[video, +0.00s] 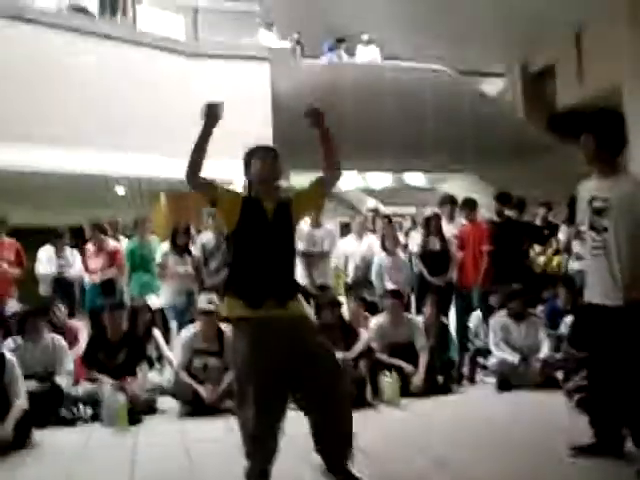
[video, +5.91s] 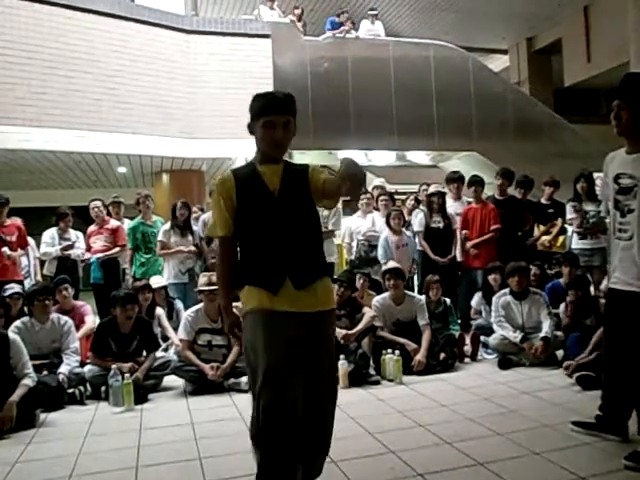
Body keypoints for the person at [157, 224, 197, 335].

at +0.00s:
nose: (182, 239)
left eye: (185, 234)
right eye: (179, 234)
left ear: (189, 237)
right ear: (174, 236)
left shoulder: (192, 257)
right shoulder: (167, 255)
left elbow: (198, 277)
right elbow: (160, 273)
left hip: (188, 295)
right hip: (170, 296)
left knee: (187, 331)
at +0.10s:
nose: (182, 236)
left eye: (184, 233)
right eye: (179, 233)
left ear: (188, 235)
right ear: (174, 234)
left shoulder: (191, 254)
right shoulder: (166, 252)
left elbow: (196, 273)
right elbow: (159, 270)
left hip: (187, 291)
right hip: (170, 292)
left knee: (188, 327)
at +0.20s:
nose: (181, 223)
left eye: (183, 219)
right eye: (178, 219)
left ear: (187, 221)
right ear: (173, 220)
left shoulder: (189, 239)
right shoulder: (165, 238)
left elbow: (195, 257)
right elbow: (159, 255)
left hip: (187, 277)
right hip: (170, 277)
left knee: (187, 309)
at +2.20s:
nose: (179, 218)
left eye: (181, 215)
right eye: (176, 214)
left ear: (185, 215)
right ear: (171, 214)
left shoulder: (188, 228)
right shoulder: (161, 227)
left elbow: (195, 247)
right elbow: (155, 249)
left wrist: (189, 247)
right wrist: (174, 247)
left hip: (186, 269)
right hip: (169, 271)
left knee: (187, 304)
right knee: (174, 305)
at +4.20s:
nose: (179, 218)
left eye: (181, 215)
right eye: (176, 215)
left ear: (185, 215)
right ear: (171, 214)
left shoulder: (189, 228)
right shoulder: (162, 228)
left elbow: (196, 246)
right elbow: (155, 250)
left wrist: (189, 246)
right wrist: (173, 247)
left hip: (188, 270)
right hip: (171, 271)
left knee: (189, 303)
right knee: (177, 306)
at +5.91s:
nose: (182, 212)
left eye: (185, 209)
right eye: (179, 209)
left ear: (188, 212)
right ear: (175, 211)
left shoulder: (192, 230)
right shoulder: (166, 229)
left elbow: (199, 250)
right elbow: (159, 251)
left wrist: (192, 249)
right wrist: (179, 249)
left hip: (191, 273)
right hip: (173, 274)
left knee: (192, 308)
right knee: (179, 309)